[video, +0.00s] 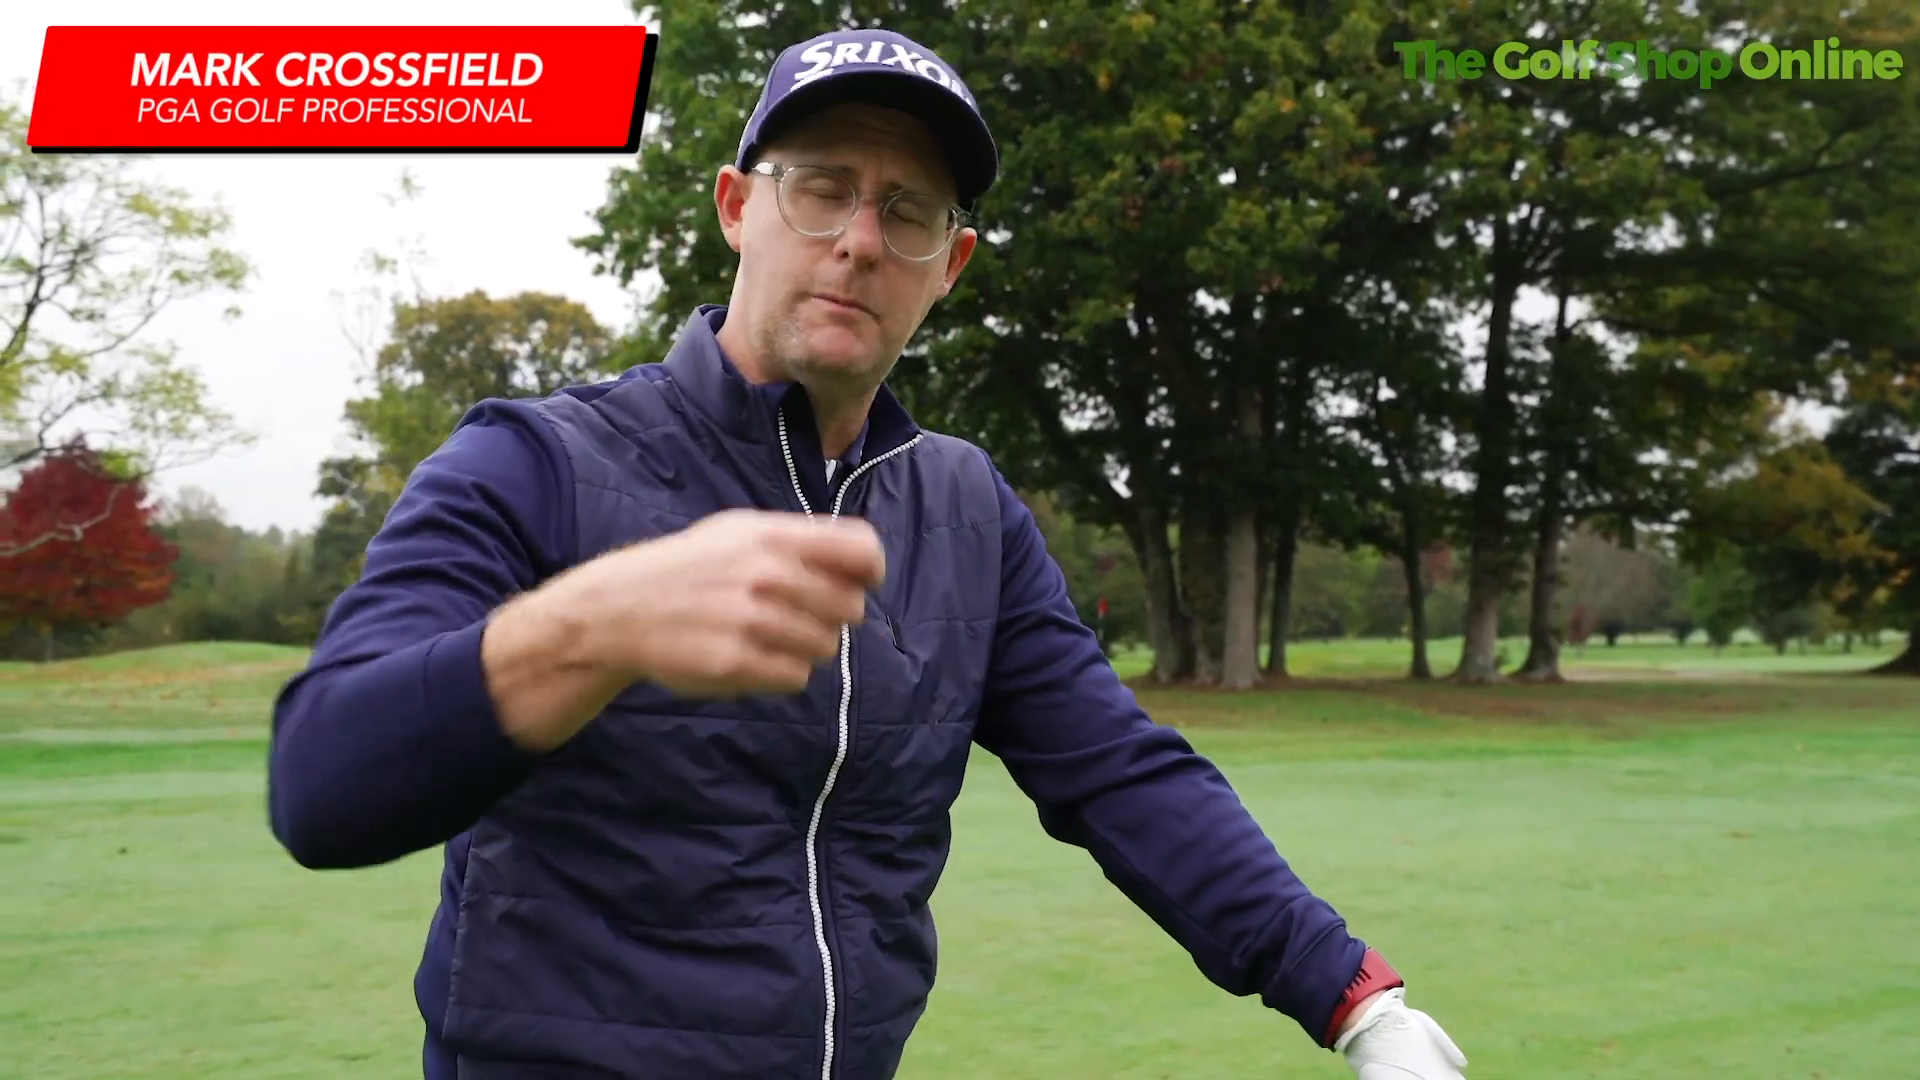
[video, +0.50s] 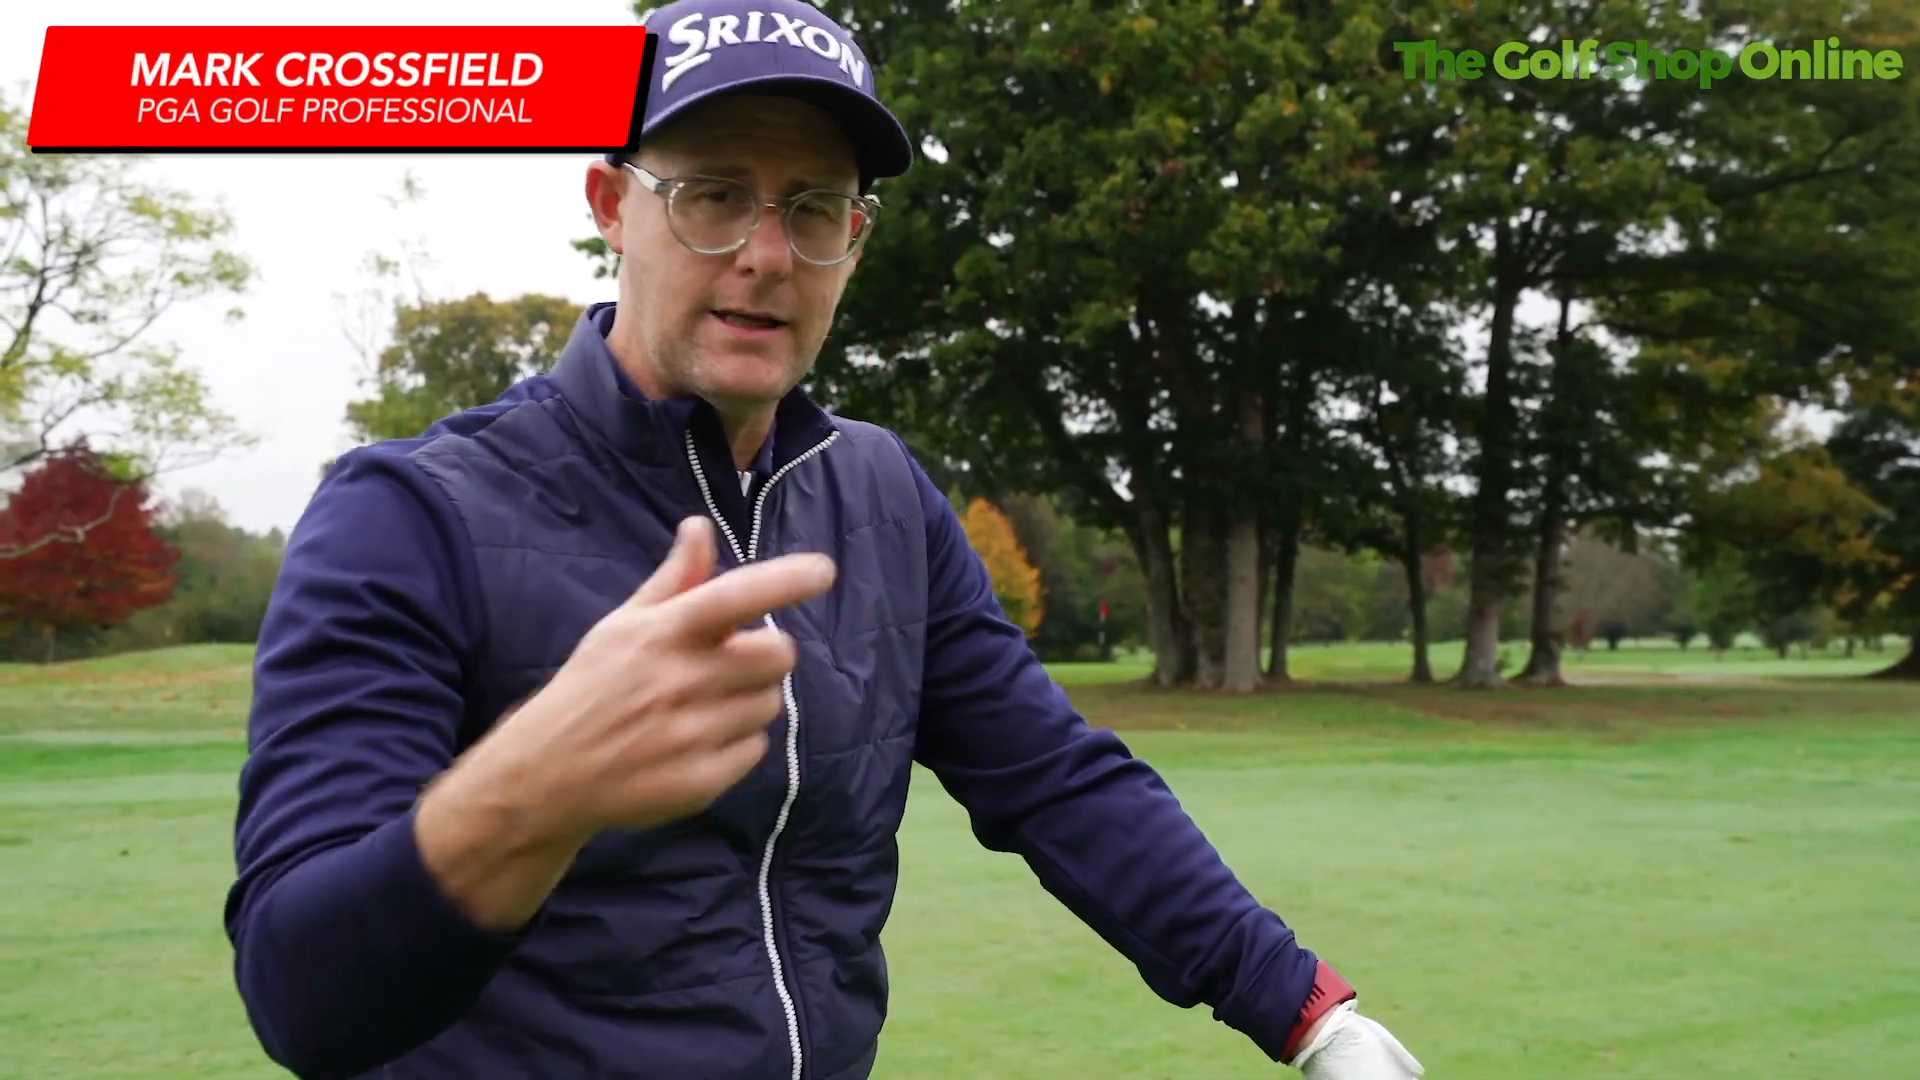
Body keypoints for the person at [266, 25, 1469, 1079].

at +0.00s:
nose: (860, 238)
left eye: (907, 210)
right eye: (822, 189)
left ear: (948, 269)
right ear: (738, 212)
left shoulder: (971, 516)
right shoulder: (539, 463)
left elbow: (1121, 775)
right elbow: (321, 798)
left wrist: (1359, 1000)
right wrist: (589, 624)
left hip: (844, 1063)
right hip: (554, 1058)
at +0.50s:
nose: (765, 249)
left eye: (810, 206)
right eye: (714, 193)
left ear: (856, 243)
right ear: (612, 210)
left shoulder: (887, 501)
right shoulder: (413, 511)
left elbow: (1063, 783)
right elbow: (302, 997)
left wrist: (1320, 1025)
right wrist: (529, 791)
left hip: (812, 1063)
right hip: (499, 1065)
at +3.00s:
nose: (721, 291)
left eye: (782, 240)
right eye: (683, 216)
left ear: (857, 266)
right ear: (600, 200)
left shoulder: (893, 434)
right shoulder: (415, 484)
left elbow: (970, 690)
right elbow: (343, 979)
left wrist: (1004, 933)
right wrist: (717, 923)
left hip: (851, 1054)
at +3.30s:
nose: (764, 255)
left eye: (823, 202)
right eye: (719, 179)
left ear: (883, 233)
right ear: (622, 175)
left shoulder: (899, 461)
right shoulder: (404, 510)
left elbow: (917, 744)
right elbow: (258, 986)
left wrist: (924, 972)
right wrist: (582, 1032)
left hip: (862, 1053)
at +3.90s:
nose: (779, 237)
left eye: (829, 185)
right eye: (730, 167)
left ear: (884, 225)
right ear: (627, 177)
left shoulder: (886, 476)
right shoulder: (405, 508)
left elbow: (827, 845)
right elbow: (283, 968)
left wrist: (850, 1044)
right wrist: (566, 1067)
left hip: (841, 1056)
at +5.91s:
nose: (1062, 485)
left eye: (1088, 436)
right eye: (1022, 433)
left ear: (1112, 412)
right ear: (889, 381)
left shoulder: (1044, 586)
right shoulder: (661, 645)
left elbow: (968, 933)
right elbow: (749, 1036)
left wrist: (937, 1065)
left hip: (851, 1035)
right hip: (610, 1048)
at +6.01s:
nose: (1062, 503)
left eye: (1093, 451)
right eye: (1019, 446)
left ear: (1121, 419)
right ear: (888, 399)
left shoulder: (1041, 598)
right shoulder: (660, 667)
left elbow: (957, 949)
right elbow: (723, 1045)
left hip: (824, 1033)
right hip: (595, 1049)